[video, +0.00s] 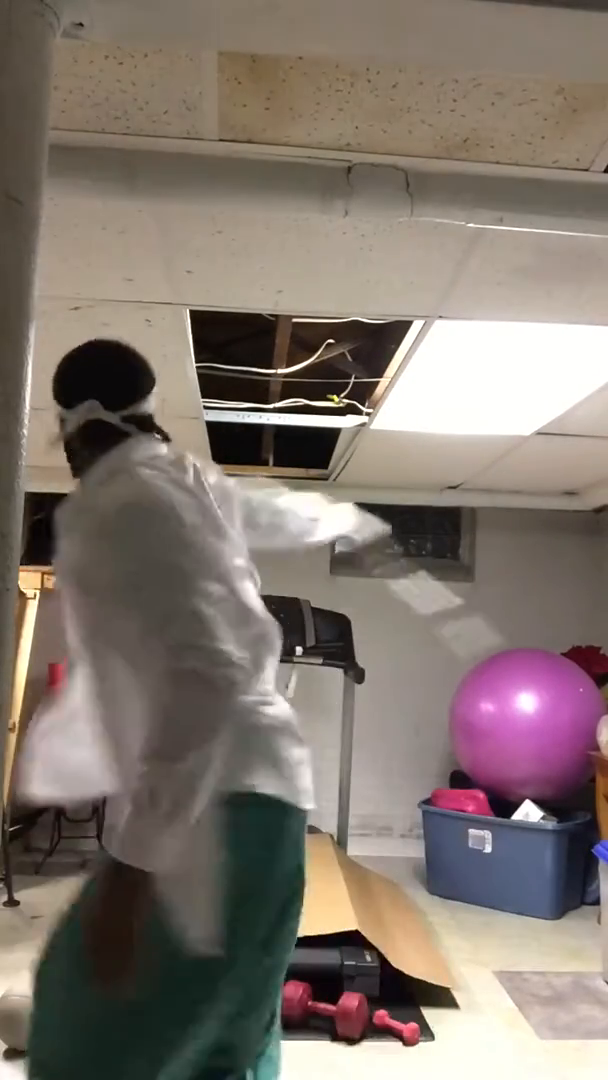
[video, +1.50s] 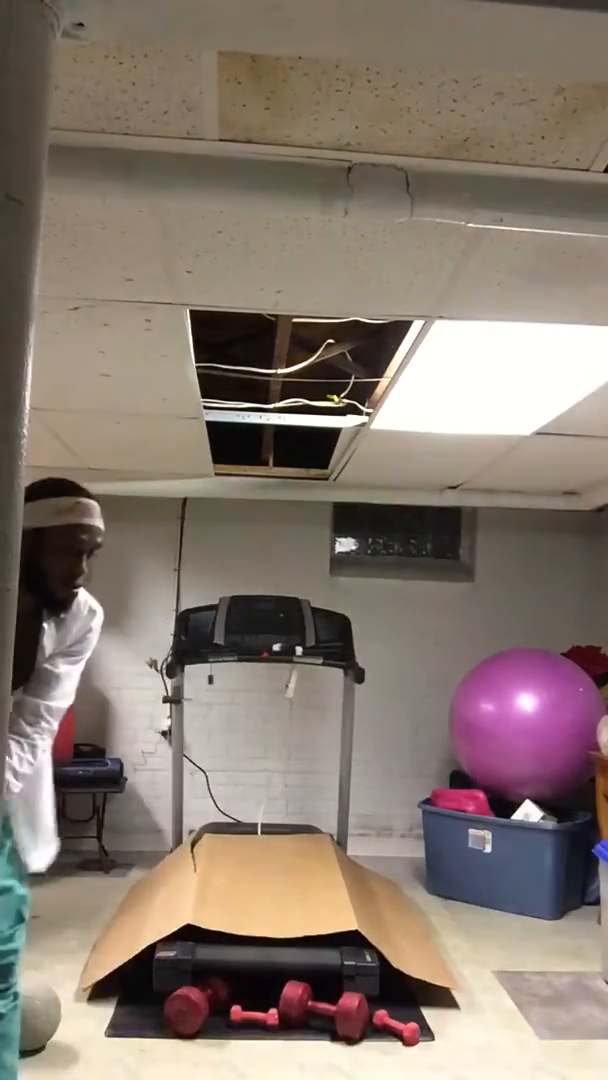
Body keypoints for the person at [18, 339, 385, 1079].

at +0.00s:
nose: (59, 432)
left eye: (59, 417)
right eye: (62, 417)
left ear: (71, 418)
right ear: (147, 408)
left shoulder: (123, 495)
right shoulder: (196, 483)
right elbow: (298, 516)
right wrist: (362, 530)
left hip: (204, 818)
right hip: (266, 816)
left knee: (80, 1038)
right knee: (227, 1052)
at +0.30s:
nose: (168, 421)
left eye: (162, 412)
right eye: (162, 410)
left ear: (67, 424)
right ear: (151, 415)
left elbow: (11, 683)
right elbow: (334, 519)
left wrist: (7, 840)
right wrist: (484, 541)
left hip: (67, 826)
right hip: (205, 823)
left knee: (49, 1056)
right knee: (226, 1057)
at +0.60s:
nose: (159, 434)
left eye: (155, 416)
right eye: (145, 416)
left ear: (67, 427)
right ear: (100, 424)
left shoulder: (21, 501)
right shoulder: (134, 508)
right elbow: (242, 617)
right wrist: (383, 678)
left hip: (17, 814)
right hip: (128, 812)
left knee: (29, 1031)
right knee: (139, 1027)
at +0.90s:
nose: (150, 452)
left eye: (149, 438)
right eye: (134, 437)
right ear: (79, 448)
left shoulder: (142, 528)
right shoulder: (30, 528)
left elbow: (222, 566)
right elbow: (16, 678)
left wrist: (254, 621)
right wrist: (126, 672)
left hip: (59, 769)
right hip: (26, 772)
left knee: (23, 985)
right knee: (112, 979)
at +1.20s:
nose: (127, 532)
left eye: (133, 516)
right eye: (114, 514)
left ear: (135, 517)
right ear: (61, 511)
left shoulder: (117, 584)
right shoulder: (14, 589)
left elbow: (127, 709)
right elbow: (28, 747)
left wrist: (108, 780)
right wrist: (44, 665)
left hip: (61, 815)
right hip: (10, 807)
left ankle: (50, 1062)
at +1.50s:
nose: (82, 569)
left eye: (91, 554)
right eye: (71, 552)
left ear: (95, 553)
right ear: (29, 545)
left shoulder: (79, 616)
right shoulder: (13, 604)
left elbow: (35, 726)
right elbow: (30, 725)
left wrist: (11, 784)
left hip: (18, 782)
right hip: (14, 781)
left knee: (10, 897)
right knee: (8, 897)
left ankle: (5, 1014)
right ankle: (6, 1009)